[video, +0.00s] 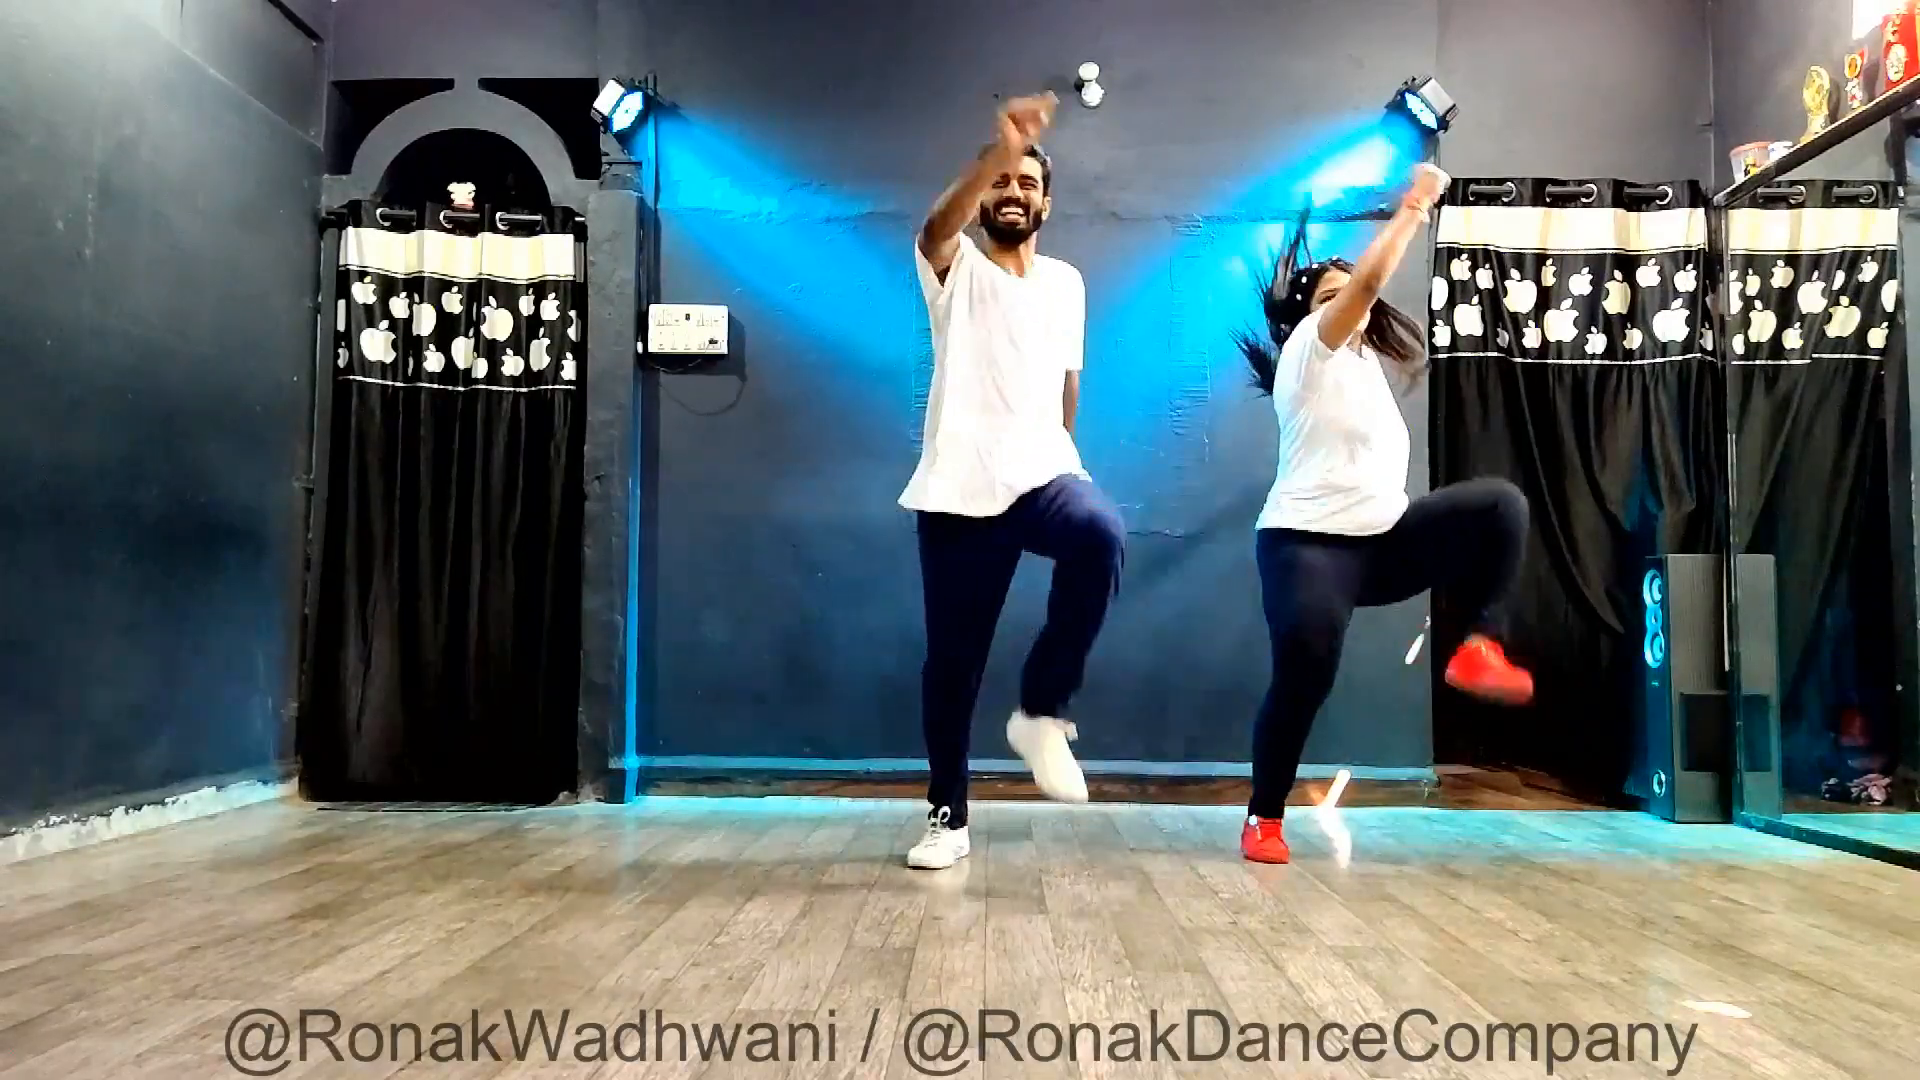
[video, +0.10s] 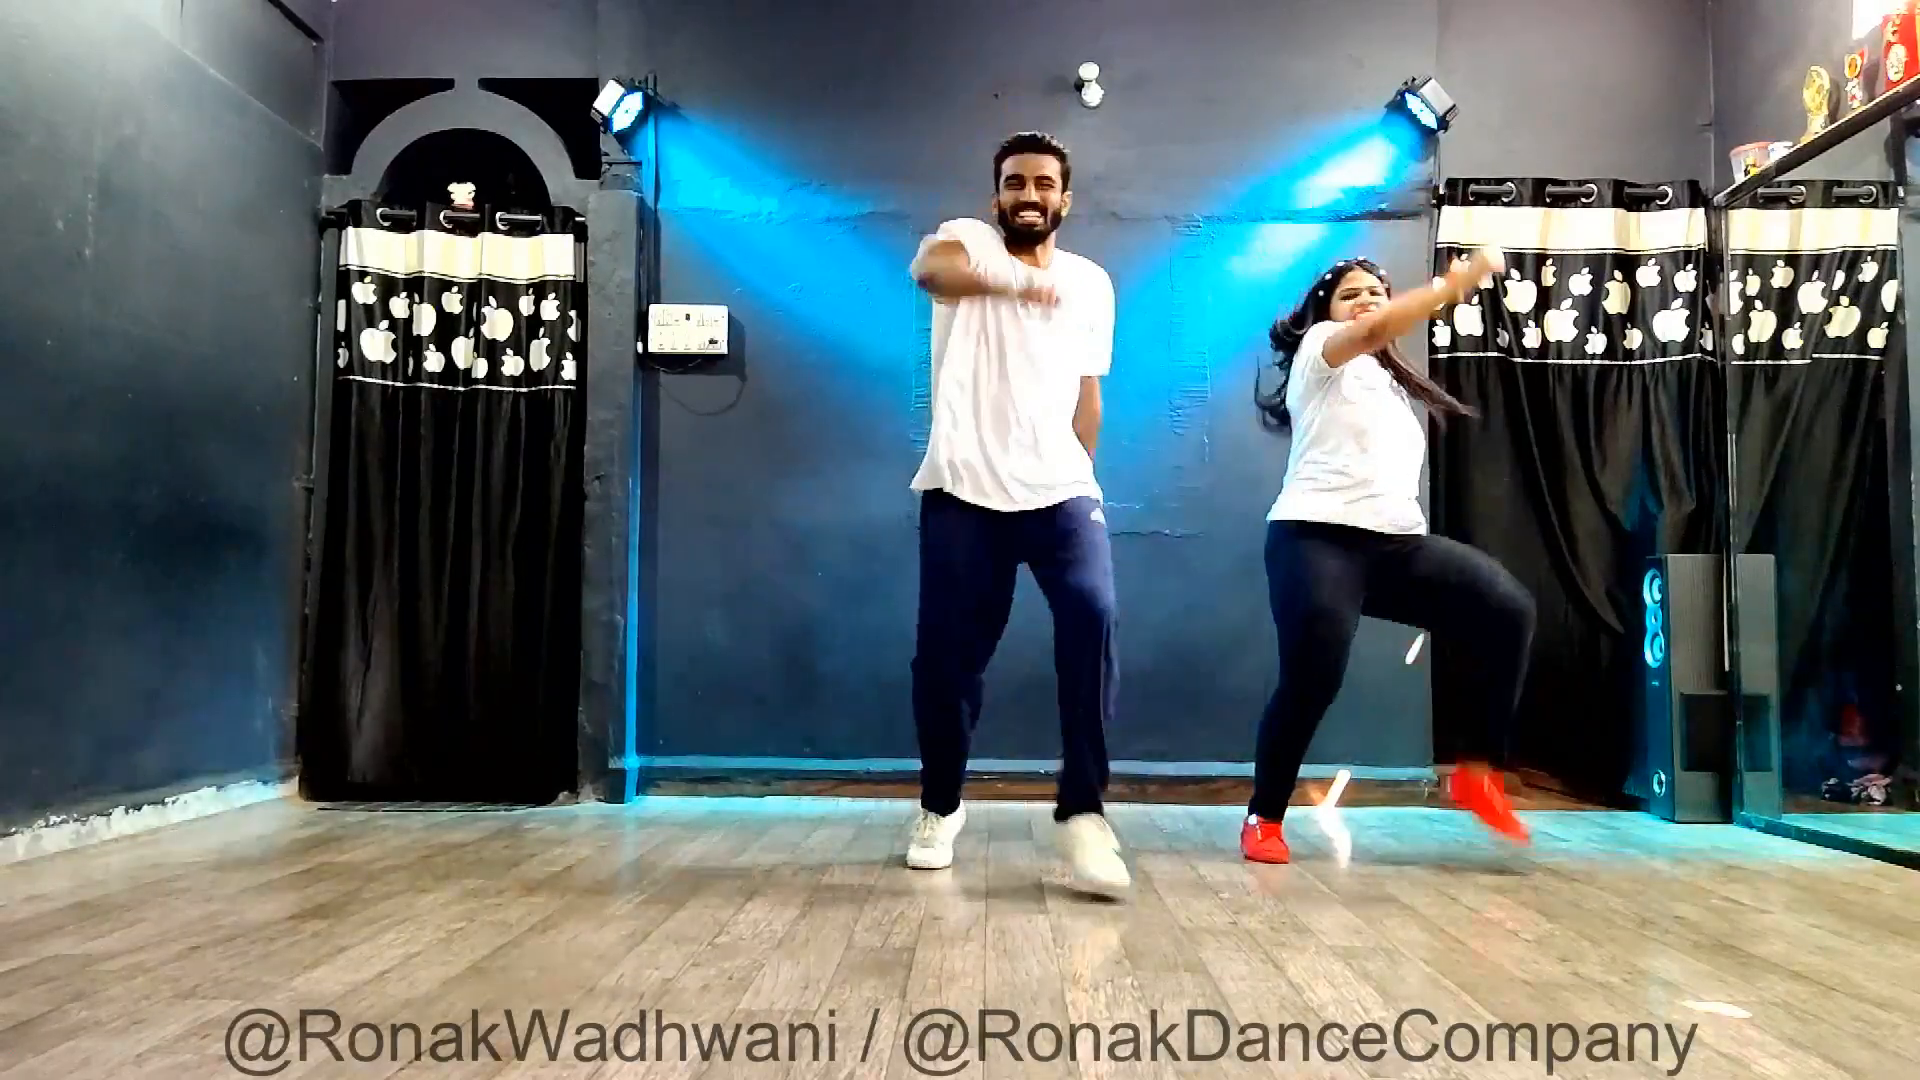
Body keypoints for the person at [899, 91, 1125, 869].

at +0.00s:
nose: (1016, 193)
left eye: (1030, 184)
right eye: (1003, 184)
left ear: (1045, 205)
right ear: (982, 200)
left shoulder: (1065, 283)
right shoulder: (953, 269)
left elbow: (1068, 389)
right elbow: (942, 225)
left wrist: (1059, 467)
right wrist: (1002, 151)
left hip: (1042, 477)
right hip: (959, 488)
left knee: (1098, 531)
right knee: (953, 664)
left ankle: (1041, 713)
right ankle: (947, 819)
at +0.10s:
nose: (1030, 194)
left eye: (1045, 183)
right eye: (1017, 183)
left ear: (1066, 197)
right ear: (996, 194)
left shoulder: (1089, 281)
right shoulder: (967, 236)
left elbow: (1087, 394)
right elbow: (932, 272)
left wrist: (1079, 477)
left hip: (1058, 485)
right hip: (964, 482)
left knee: (1092, 611)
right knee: (947, 656)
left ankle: (1081, 812)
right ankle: (939, 806)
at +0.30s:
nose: (1059, 208)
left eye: (1074, 194)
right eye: (1046, 194)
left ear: (1100, 199)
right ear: (1030, 198)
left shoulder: (1125, 292)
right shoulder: (981, 267)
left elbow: (1144, 355)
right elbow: (919, 355)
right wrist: (861, 430)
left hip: (1064, 480)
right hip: (973, 449)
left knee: (1086, 661)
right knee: (959, 510)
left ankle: (1091, 837)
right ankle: (957, 693)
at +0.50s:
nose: (1029, 125)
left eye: (1043, 112)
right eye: (1015, 112)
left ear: (1067, 127)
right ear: (995, 125)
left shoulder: (1090, 209)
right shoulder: (956, 212)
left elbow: (1096, 237)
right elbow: (922, 309)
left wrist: (1090, 185)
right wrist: (882, 392)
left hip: (1048, 435)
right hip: (966, 410)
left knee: (1047, 628)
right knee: (954, 355)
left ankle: (1043, 799)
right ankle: (979, 534)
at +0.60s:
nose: (1004, 157)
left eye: (1020, 146)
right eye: (991, 145)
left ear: (1045, 163)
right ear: (972, 161)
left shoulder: (1068, 236)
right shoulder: (944, 249)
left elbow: (1115, 223)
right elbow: (870, 319)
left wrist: (1109, 164)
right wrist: (787, 375)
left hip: (1041, 453)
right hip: (962, 437)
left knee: (1034, 640)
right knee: (918, 417)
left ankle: (1029, 830)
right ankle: (940, 580)